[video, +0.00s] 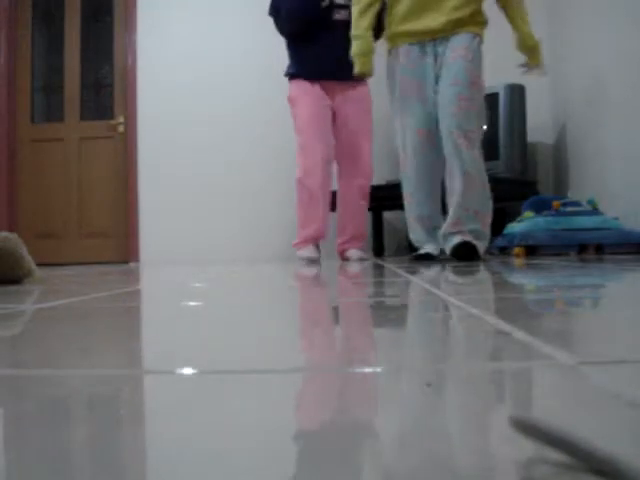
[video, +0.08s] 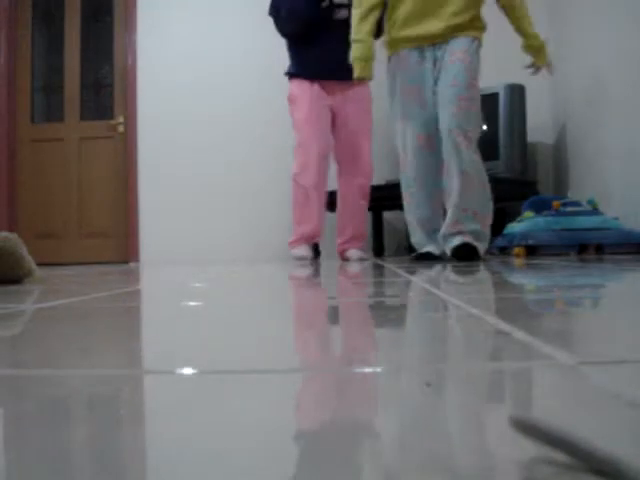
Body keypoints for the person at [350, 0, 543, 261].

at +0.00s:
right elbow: (365, 2)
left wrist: (525, 35)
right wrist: (361, 43)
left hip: (461, 25)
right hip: (407, 30)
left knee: (458, 126)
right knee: (415, 135)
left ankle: (465, 236)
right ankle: (426, 241)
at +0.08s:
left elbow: (508, 2)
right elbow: (366, 4)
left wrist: (531, 38)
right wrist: (360, 48)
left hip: (460, 29)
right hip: (406, 34)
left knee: (456, 127)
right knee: (416, 137)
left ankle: (465, 235)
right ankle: (426, 240)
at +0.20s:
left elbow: (497, 1)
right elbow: (373, 4)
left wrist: (521, 39)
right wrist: (375, 40)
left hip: (456, 29)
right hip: (402, 34)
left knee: (447, 127)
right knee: (414, 135)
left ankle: (464, 236)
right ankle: (424, 240)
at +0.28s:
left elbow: (491, 1)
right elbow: (377, 1)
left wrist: (507, 38)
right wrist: (385, 28)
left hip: (455, 26)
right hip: (403, 32)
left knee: (447, 137)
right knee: (413, 139)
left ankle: (467, 239)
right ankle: (423, 241)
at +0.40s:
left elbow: (495, 3)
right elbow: (378, 3)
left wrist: (509, 48)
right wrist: (380, 50)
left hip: (457, 34)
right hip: (407, 38)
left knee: (444, 130)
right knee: (412, 137)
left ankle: (465, 238)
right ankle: (419, 242)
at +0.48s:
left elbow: (499, 3)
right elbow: (376, 6)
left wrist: (513, 49)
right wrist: (375, 62)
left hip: (461, 34)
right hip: (408, 35)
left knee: (449, 128)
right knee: (414, 136)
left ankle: (466, 237)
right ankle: (420, 242)